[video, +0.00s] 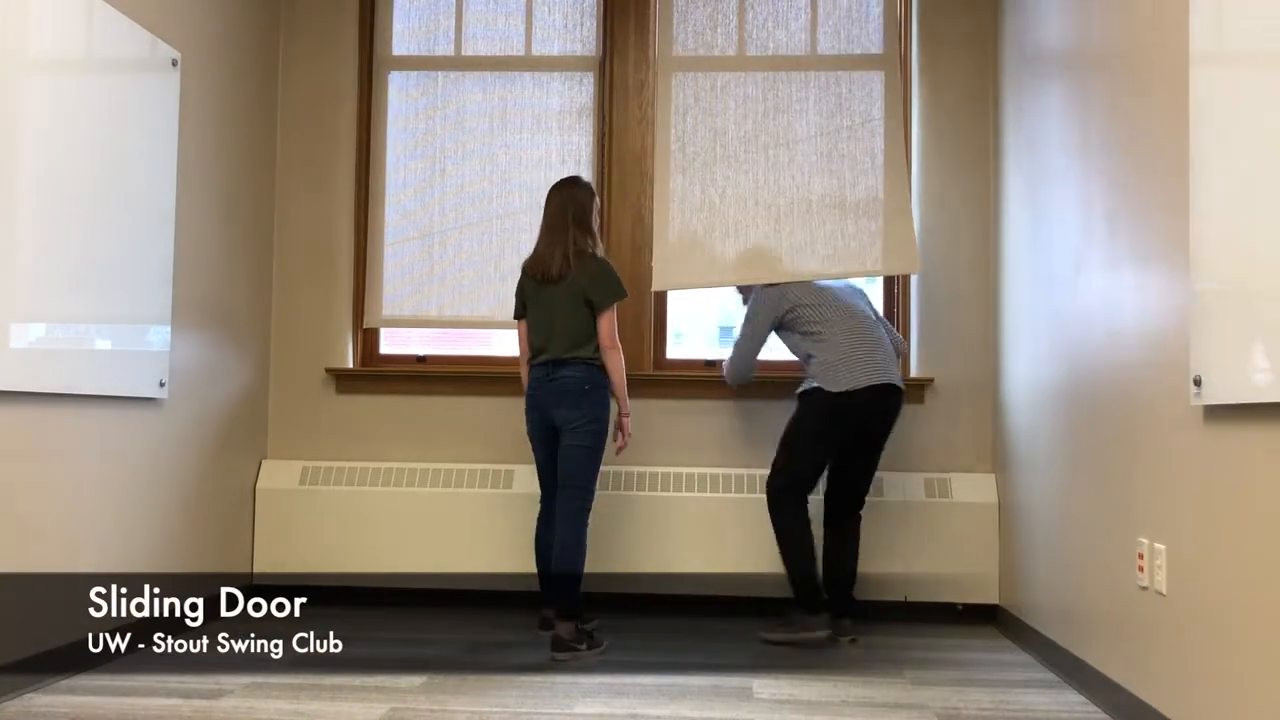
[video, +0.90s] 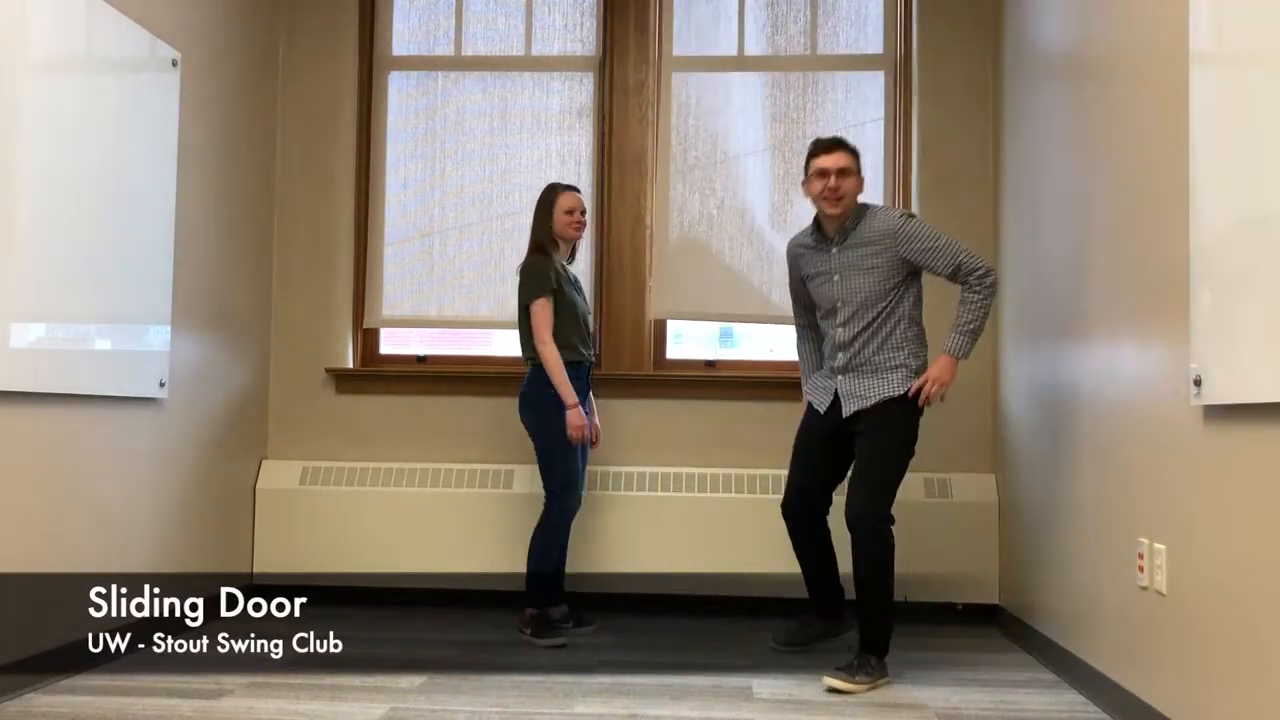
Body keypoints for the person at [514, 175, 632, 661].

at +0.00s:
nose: (600, 217)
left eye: (597, 208)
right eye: (597, 211)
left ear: (551, 214)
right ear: (589, 215)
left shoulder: (531, 270)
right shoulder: (597, 270)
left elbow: (526, 350)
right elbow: (609, 344)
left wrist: (534, 400)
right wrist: (624, 407)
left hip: (540, 391)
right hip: (584, 390)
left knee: (551, 502)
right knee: (574, 507)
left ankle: (554, 615)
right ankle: (567, 628)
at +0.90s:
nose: (580, 219)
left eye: (582, 212)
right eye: (571, 212)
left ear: (580, 219)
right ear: (548, 217)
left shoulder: (566, 272)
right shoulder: (539, 267)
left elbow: (575, 348)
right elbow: (543, 342)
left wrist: (589, 408)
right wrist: (571, 404)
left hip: (572, 391)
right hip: (549, 391)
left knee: (568, 497)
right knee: (562, 498)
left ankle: (553, 604)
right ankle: (538, 610)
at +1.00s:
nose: (574, 216)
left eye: (578, 210)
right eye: (565, 209)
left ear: (582, 218)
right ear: (545, 216)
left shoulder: (575, 277)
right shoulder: (534, 267)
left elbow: (581, 350)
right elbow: (531, 338)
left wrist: (591, 404)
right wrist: (560, 399)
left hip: (574, 394)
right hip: (543, 393)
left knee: (571, 502)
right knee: (550, 501)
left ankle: (556, 604)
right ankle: (534, 610)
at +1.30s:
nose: (567, 216)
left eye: (573, 210)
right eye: (557, 210)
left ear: (583, 218)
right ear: (542, 217)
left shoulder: (586, 281)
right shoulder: (528, 265)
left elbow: (592, 349)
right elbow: (518, 335)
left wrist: (592, 398)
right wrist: (550, 396)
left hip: (574, 394)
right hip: (533, 392)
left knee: (569, 506)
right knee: (539, 503)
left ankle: (559, 611)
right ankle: (531, 613)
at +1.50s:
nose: (567, 215)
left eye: (574, 208)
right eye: (558, 209)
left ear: (584, 216)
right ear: (543, 216)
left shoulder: (591, 278)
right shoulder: (527, 263)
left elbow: (601, 348)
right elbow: (515, 332)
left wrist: (584, 395)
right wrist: (547, 393)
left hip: (576, 391)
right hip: (532, 388)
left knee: (564, 504)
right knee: (535, 501)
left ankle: (559, 609)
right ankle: (530, 612)